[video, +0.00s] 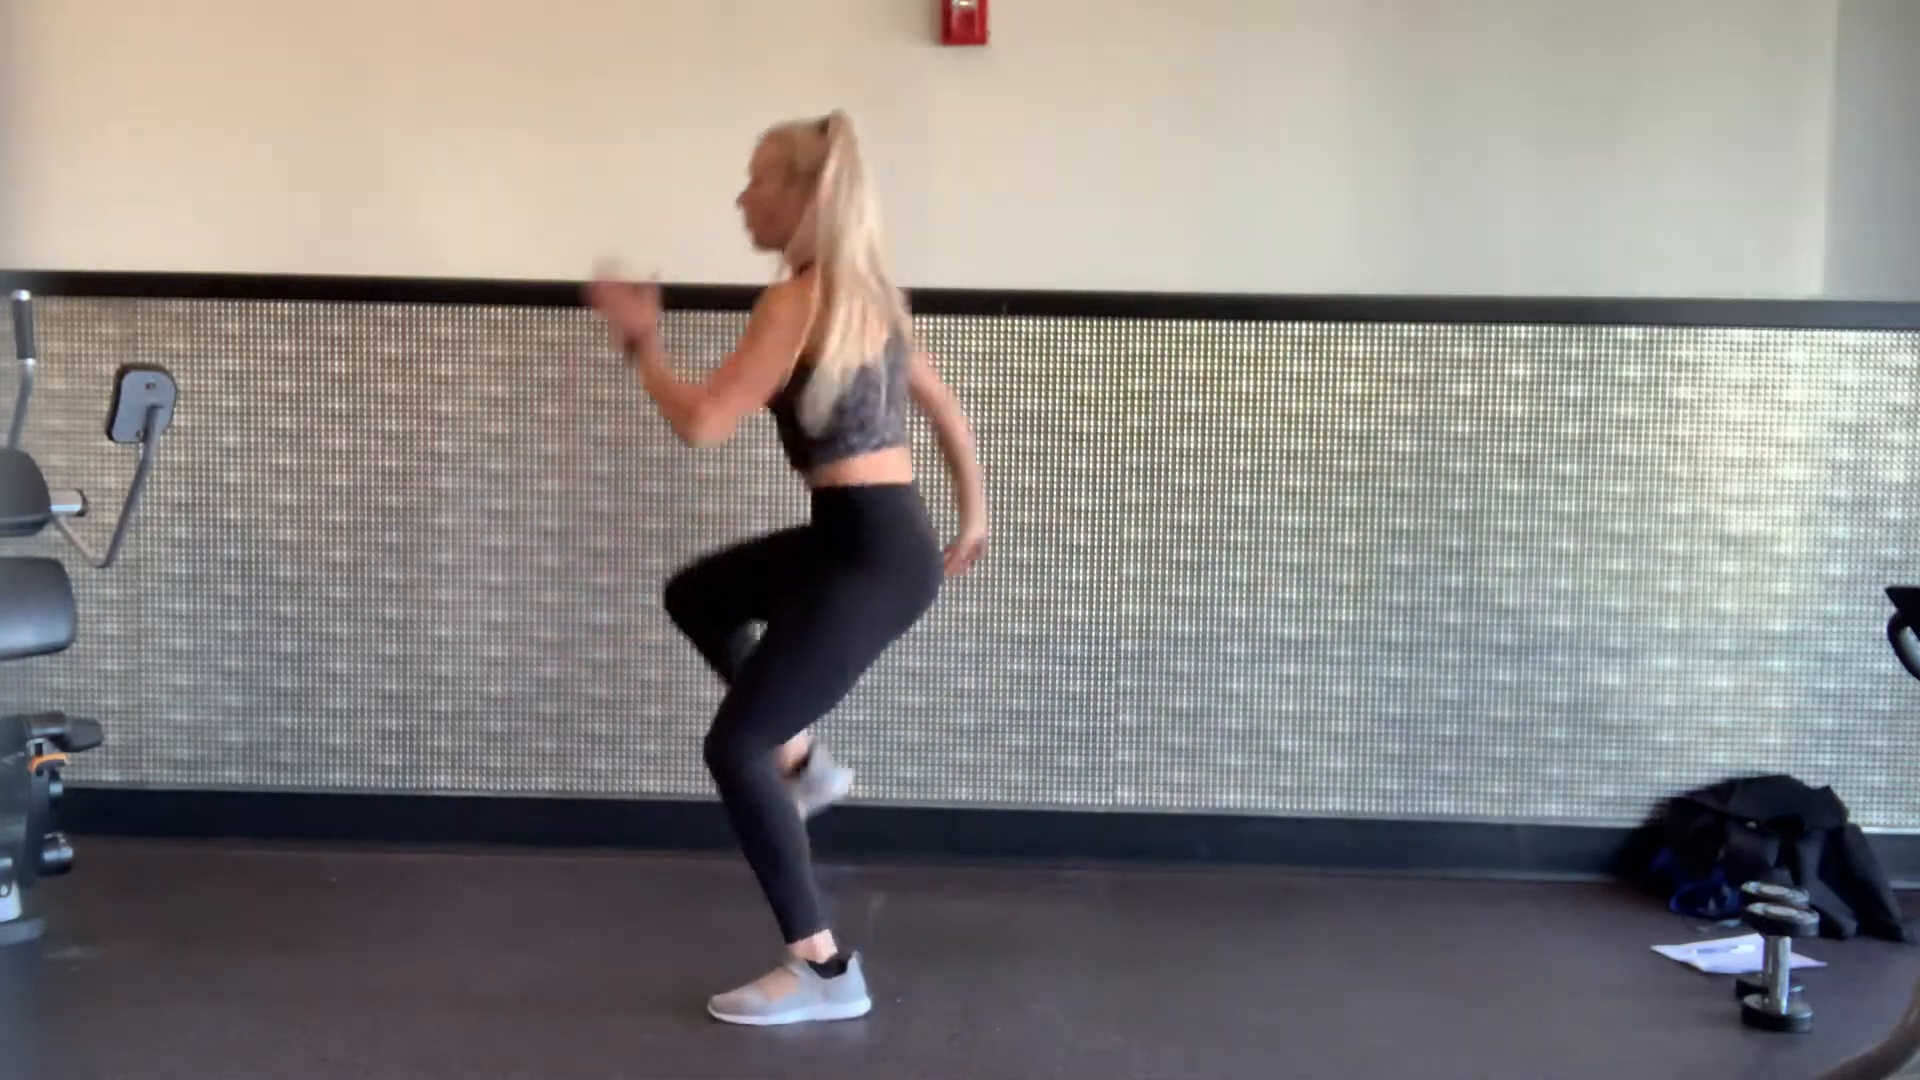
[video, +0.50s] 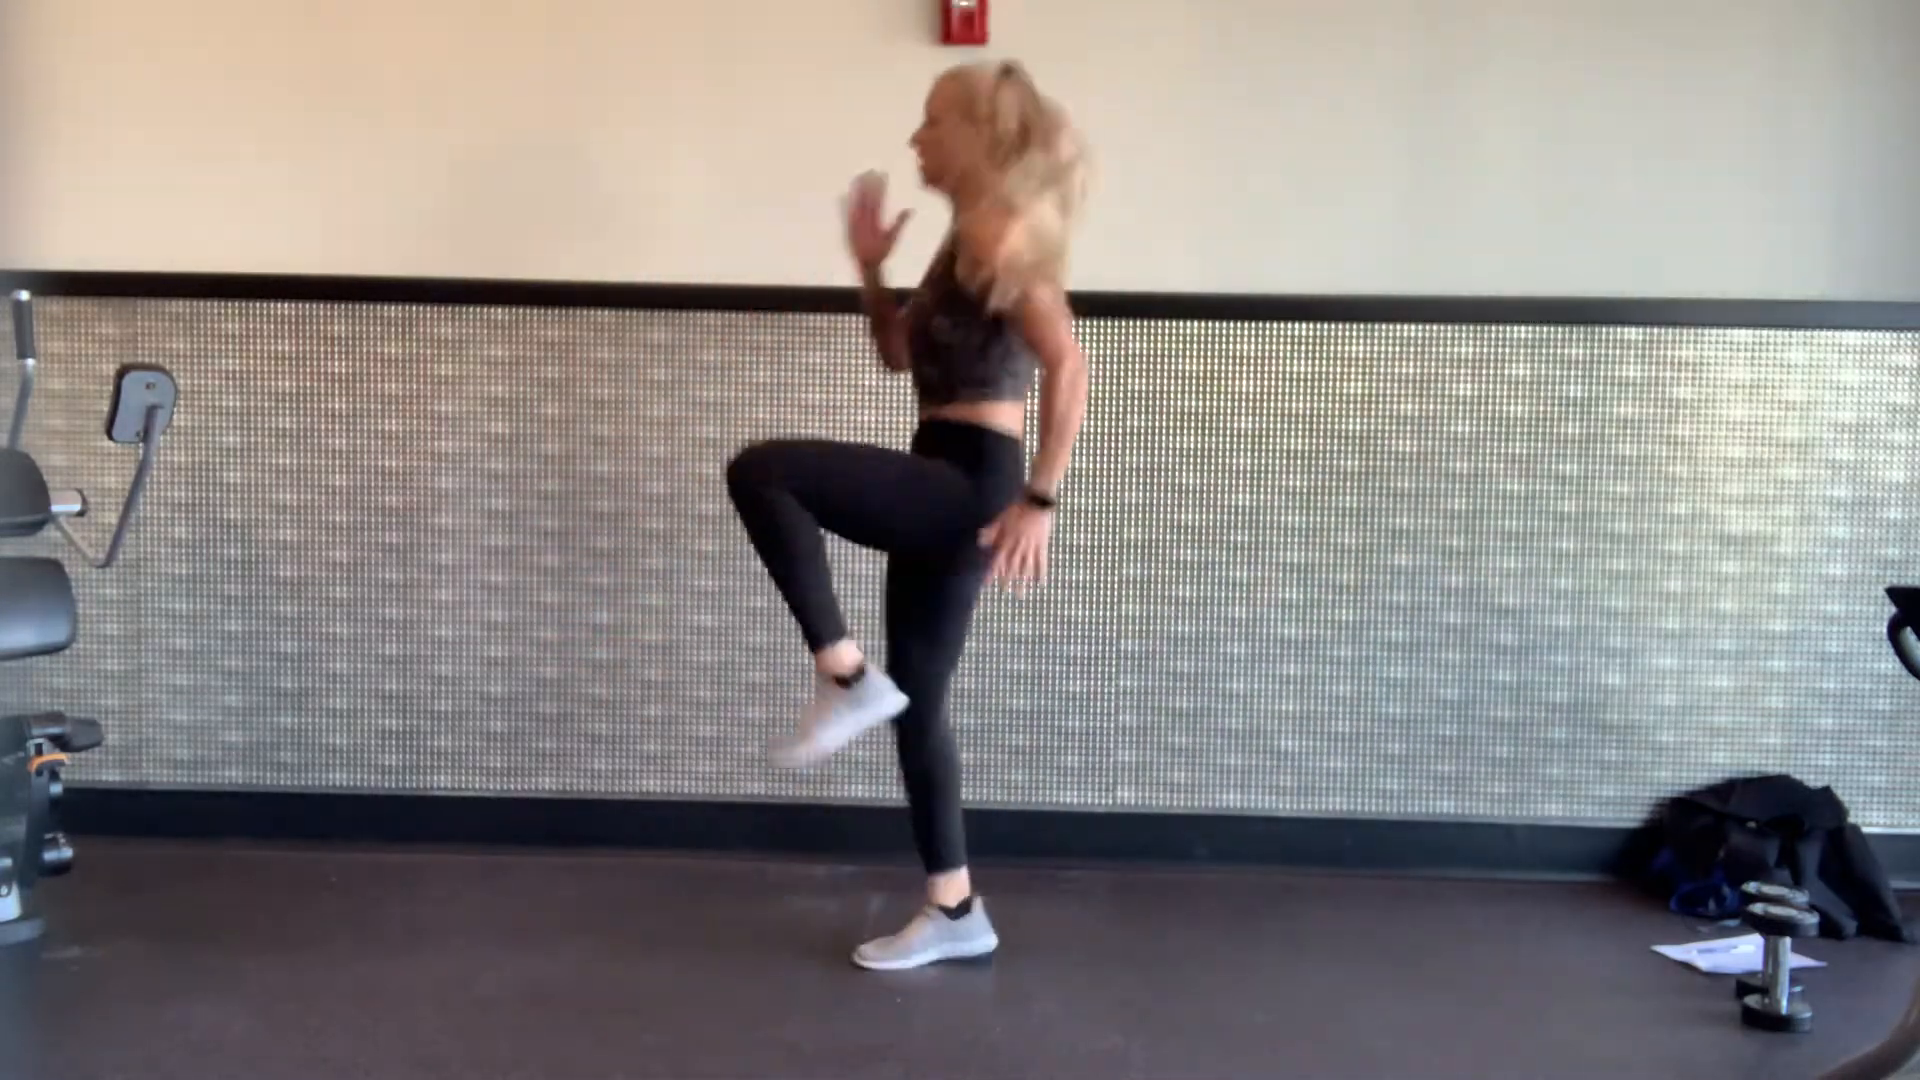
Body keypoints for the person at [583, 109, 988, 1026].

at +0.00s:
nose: (743, 195)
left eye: (757, 182)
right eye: (749, 180)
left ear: (800, 196)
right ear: (822, 197)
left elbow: (702, 422)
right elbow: (947, 408)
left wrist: (638, 342)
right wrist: (976, 517)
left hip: (873, 555)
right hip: (867, 540)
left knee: (738, 748)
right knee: (696, 595)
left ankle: (820, 963)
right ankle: (800, 762)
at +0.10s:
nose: (789, 135)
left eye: (803, 123)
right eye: (796, 120)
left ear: (842, 139)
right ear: (869, 141)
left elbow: (696, 316)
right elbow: (995, 331)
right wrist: (1023, 442)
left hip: (875, 501)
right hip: (877, 490)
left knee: (788, 719)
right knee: (693, 532)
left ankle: (820, 957)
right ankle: (834, 691)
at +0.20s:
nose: (828, 81)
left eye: (843, 66)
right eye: (835, 63)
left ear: (887, 81)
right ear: (912, 84)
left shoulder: (887, 176)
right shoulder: (935, 186)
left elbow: (777, 279)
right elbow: (1001, 316)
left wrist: (772, 165)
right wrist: (996, 426)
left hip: (902, 452)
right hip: (902, 445)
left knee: (783, 634)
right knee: (736, 579)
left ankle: (804, 879)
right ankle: (853, 752)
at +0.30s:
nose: (862, 90)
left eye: (878, 72)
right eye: (869, 71)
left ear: (926, 85)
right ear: (934, 87)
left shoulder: (948, 186)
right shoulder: (938, 183)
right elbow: (922, 342)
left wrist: (807, 289)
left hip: (930, 457)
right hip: (920, 452)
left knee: (732, 557)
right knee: (830, 654)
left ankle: (805, 760)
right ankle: (902, 848)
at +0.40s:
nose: (884, 156)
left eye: (899, 141)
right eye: (890, 140)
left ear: (948, 155)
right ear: (949, 159)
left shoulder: (973, 252)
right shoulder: (945, 249)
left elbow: (1005, 407)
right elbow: (895, 395)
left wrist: (916, 506)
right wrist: (796, 352)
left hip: (941, 500)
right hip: (934, 499)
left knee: (743, 465)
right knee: (885, 720)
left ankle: (800, 669)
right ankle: (956, 914)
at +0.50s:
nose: (917, 137)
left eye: (934, 123)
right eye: (923, 121)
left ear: (979, 141)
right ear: (979, 145)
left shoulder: (1004, 240)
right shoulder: (970, 236)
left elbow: (1070, 366)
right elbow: (901, 352)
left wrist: (1040, 499)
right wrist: (871, 265)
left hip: (967, 482)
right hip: (950, 480)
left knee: (762, 473)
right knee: (915, 698)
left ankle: (847, 674)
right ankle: (954, 905)